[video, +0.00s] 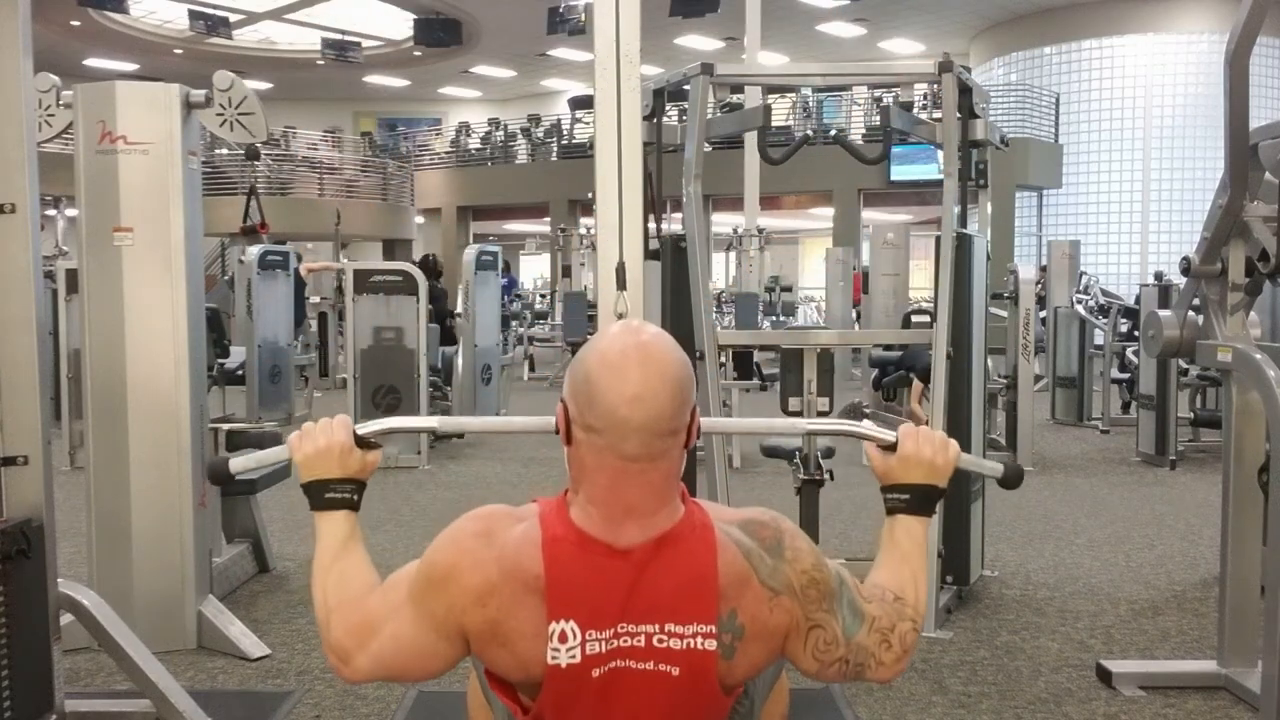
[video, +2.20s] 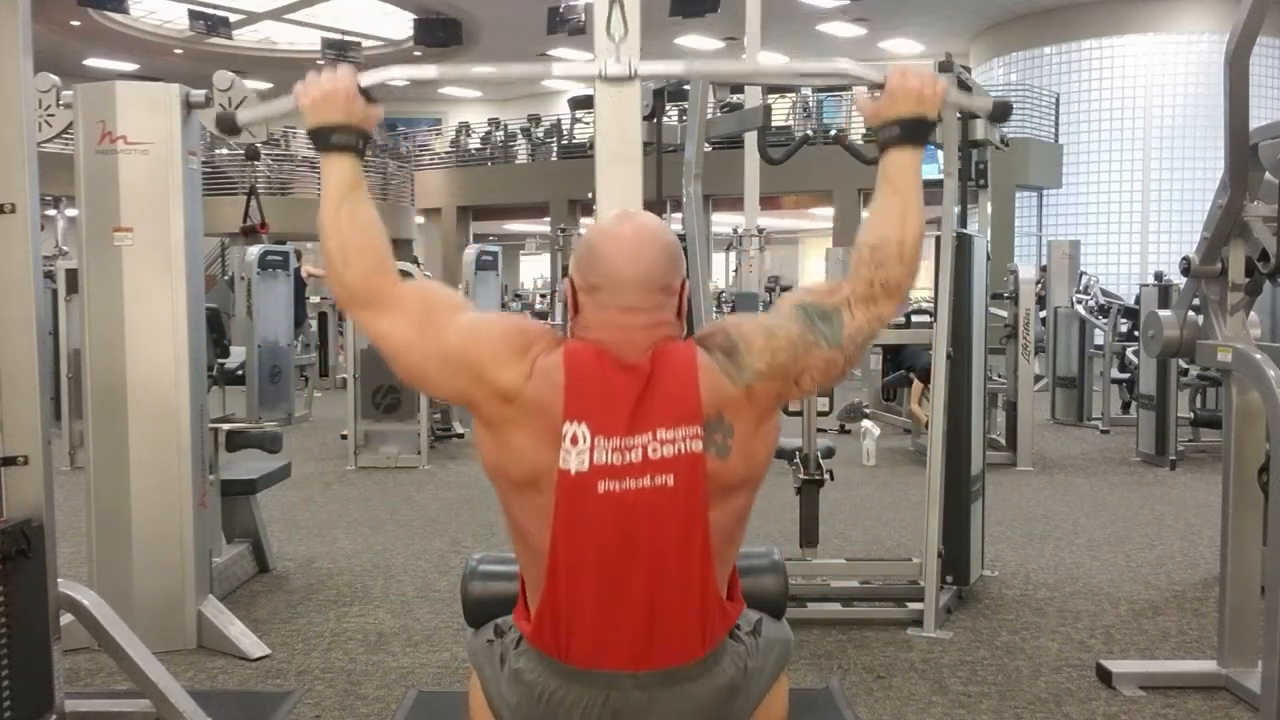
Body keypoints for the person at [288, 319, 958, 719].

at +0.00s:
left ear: (565, 424)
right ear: (691, 430)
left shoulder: (485, 553)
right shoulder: (763, 558)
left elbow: (356, 646)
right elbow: (880, 649)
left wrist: (331, 497)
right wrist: (913, 502)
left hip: (532, 710)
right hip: (701, 713)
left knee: (485, 659)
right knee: (770, 654)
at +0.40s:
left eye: (567, 367)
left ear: (564, 389)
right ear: (686, 393)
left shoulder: (486, 508)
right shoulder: (757, 514)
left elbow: (345, 557)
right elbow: (899, 554)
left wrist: (328, 409)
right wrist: (912, 410)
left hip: (536, 706)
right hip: (710, 704)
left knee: (489, 636)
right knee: (769, 627)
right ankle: (779, 704)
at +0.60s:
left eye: (564, 353)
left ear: (561, 375)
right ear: (682, 377)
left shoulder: (488, 482)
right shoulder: (748, 486)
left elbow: (337, 493)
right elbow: (898, 479)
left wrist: (330, 345)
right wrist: (912, 337)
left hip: (545, 701)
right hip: (706, 699)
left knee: (472, 666)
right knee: (774, 646)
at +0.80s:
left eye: (561, 331)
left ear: (560, 352)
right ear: (677, 355)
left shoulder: (490, 449)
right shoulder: (750, 446)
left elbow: (340, 422)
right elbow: (893, 407)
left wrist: (330, 278)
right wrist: (910, 257)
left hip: (552, 697)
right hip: (700, 696)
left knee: (495, 628)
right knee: (764, 637)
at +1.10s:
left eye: (565, 286)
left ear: (564, 311)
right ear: (672, 312)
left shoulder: (498, 388)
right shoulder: (744, 391)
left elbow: (356, 321)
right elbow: (873, 314)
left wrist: (339, 178)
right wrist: (901, 167)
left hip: (553, 693)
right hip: (707, 688)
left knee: (492, 646)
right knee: (768, 647)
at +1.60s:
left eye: (570, 264)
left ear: (568, 280)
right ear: (671, 281)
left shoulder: (515, 339)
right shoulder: (728, 343)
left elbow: (405, 222)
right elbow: (827, 214)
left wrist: (348, 70)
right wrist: (885, 67)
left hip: (556, 682)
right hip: (697, 681)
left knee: (488, 667)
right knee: (769, 646)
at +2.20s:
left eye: (573, 279)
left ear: (572, 300)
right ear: (681, 297)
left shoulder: (508, 370)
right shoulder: (747, 368)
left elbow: (366, 289)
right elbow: (875, 293)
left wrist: (337, 142)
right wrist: (905, 139)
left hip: (556, 693)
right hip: (701, 690)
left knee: (489, 659)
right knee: (768, 648)